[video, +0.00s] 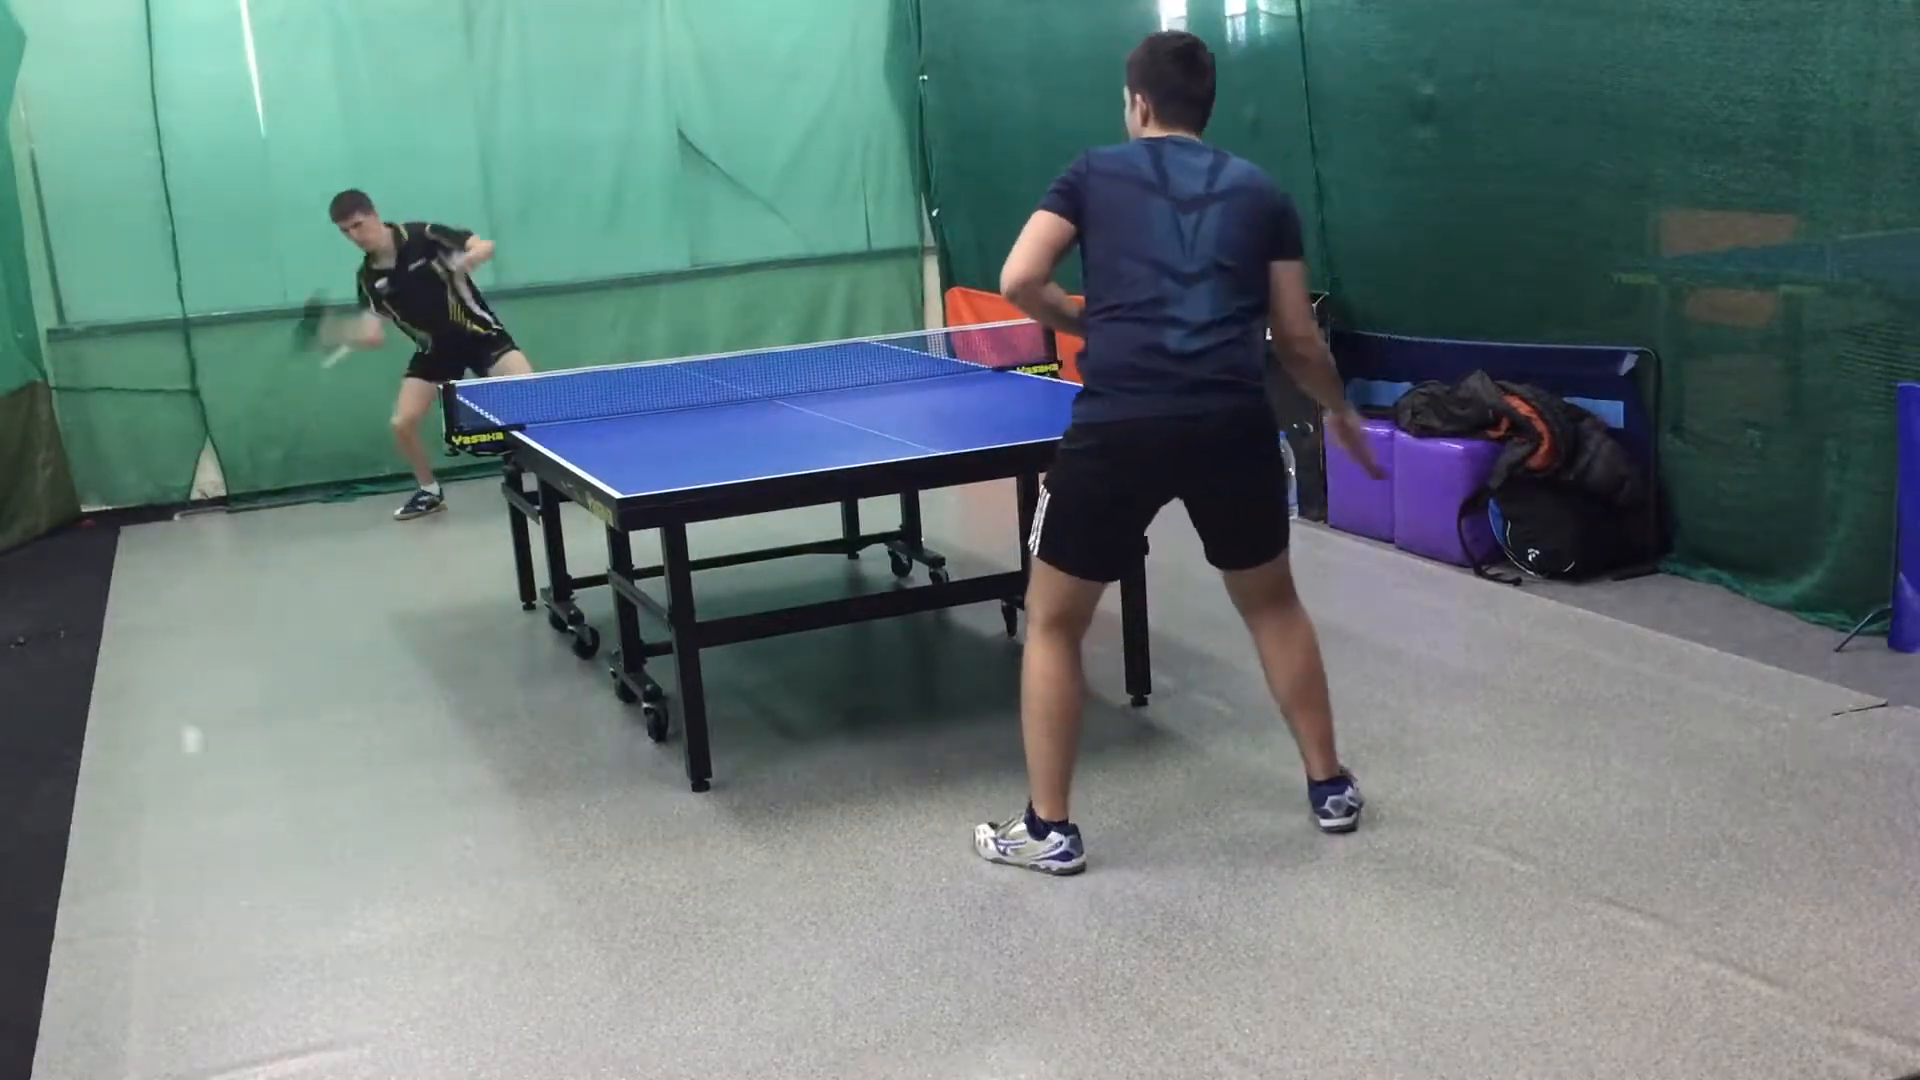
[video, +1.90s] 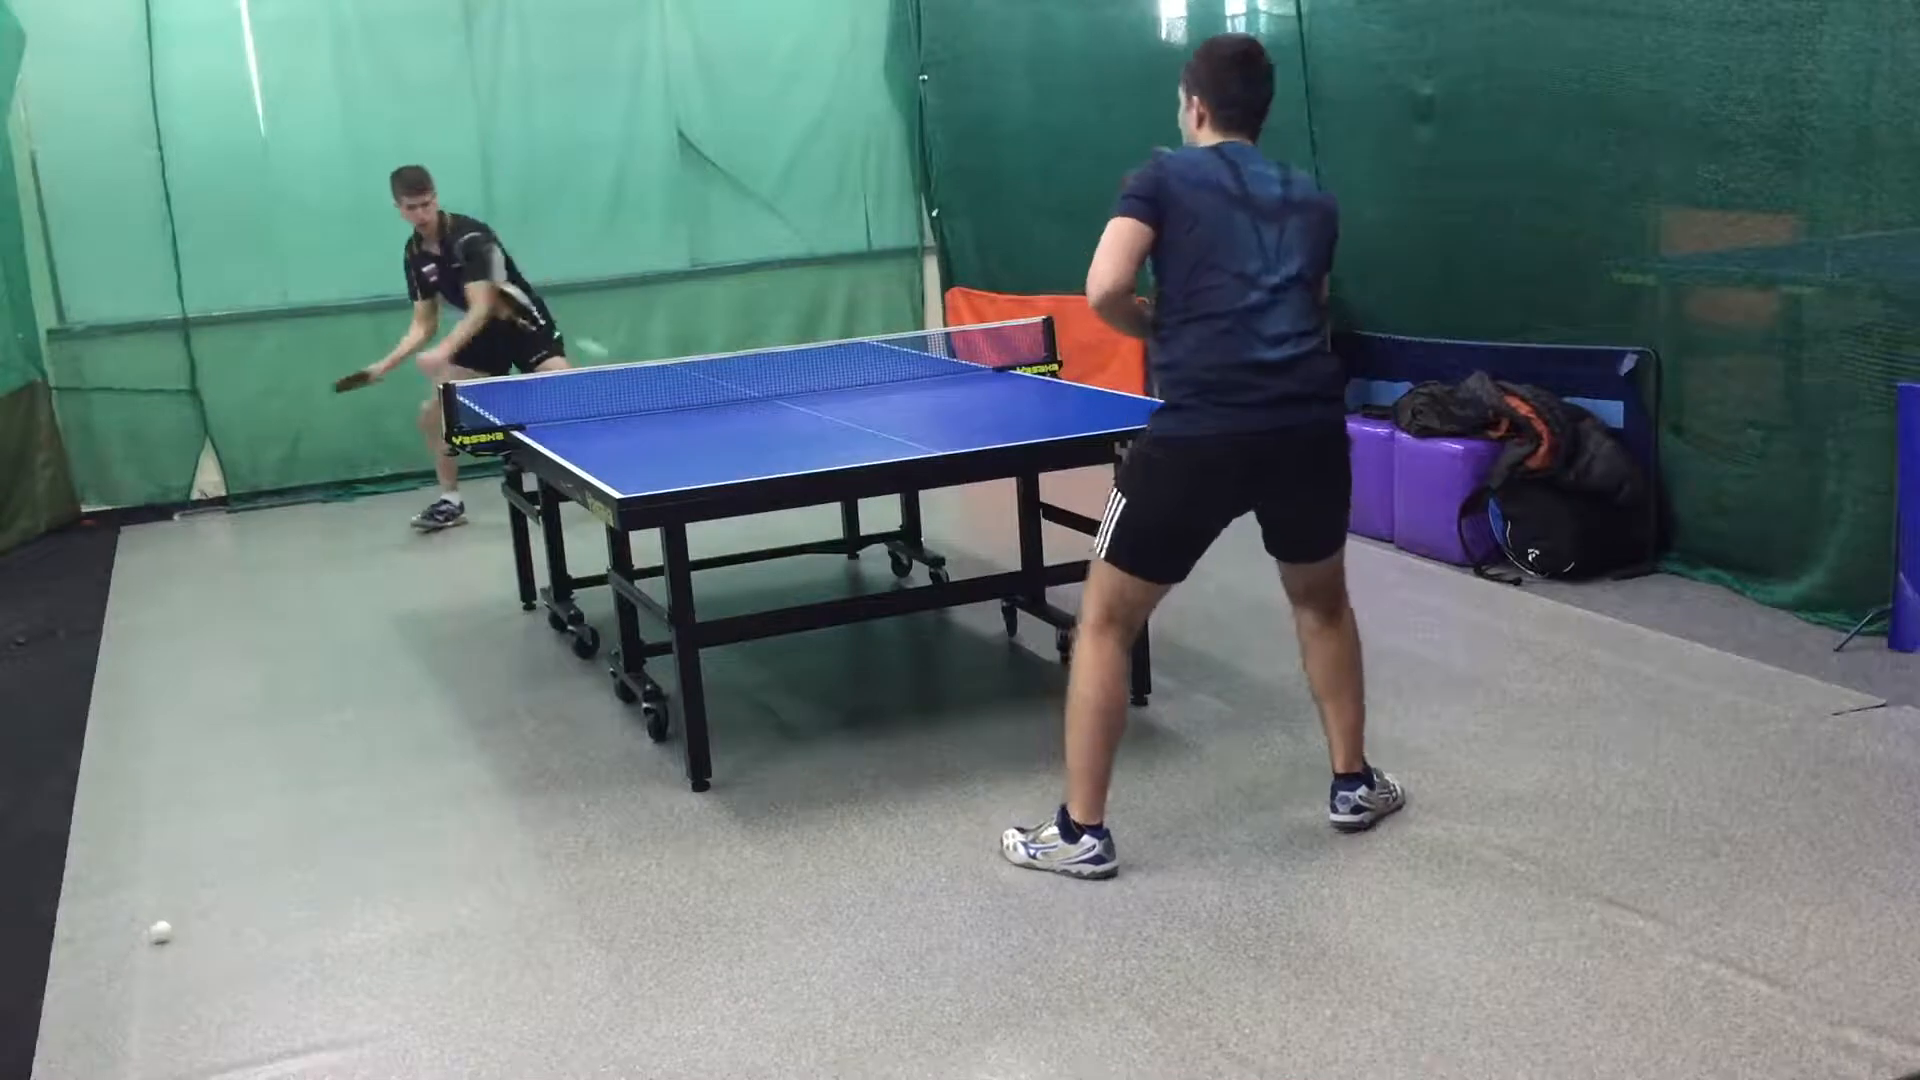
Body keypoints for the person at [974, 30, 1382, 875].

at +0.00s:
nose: (1127, 110)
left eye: (1127, 99)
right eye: (1135, 98)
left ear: (1136, 104)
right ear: (1209, 106)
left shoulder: (1096, 173)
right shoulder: (1259, 192)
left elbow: (1020, 280)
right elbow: (1295, 335)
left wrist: (1084, 319)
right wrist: (1341, 414)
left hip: (1118, 432)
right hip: (1231, 431)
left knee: (1055, 624)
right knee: (1274, 605)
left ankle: (1050, 827)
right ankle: (1330, 787)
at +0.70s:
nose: (1192, 106)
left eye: (1193, 95)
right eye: (1200, 95)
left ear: (1202, 103)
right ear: (1273, 111)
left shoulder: (1164, 168)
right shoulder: (1312, 198)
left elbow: (1095, 274)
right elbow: (1318, 315)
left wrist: (1152, 317)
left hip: (1184, 432)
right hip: (1294, 432)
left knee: (1102, 617)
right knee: (1310, 601)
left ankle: (1063, 823)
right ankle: (1331, 784)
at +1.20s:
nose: (1136, 112)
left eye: (1135, 102)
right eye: (1143, 100)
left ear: (1146, 106)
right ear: (1219, 107)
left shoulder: (1111, 175)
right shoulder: (1272, 192)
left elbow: (1042, 285)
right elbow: (1299, 329)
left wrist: (1098, 321)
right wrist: (1307, 387)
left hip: (1145, 435)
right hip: (1255, 430)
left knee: (1071, 625)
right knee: (1293, 605)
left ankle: (1068, 829)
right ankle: (1346, 784)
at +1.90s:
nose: (1180, 112)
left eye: (1181, 101)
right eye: (1187, 101)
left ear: (1193, 107)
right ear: (1264, 111)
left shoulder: (1163, 175)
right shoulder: (1313, 197)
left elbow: (1107, 290)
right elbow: (1311, 303)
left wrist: (1157, 323)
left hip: (1198, 443)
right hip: (1307, 438)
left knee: (1108, 620)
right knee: (1321, 601)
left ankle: (1082, 829)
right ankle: (1352, 782)